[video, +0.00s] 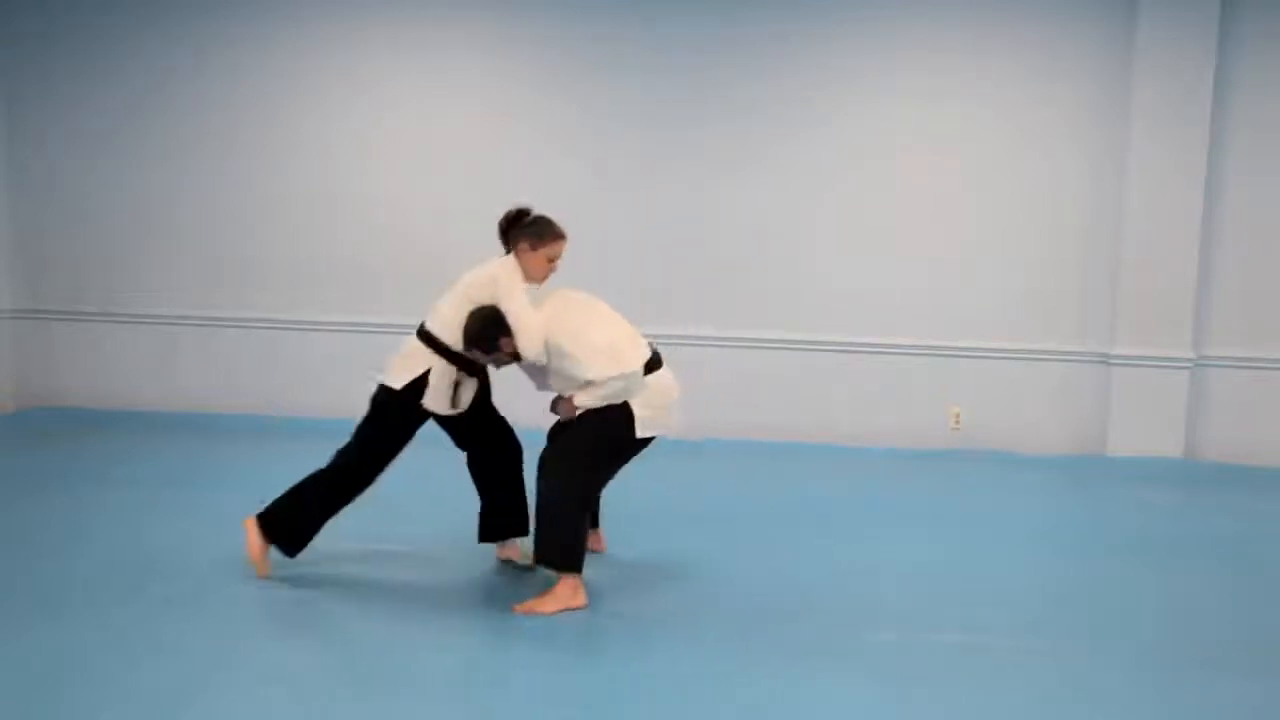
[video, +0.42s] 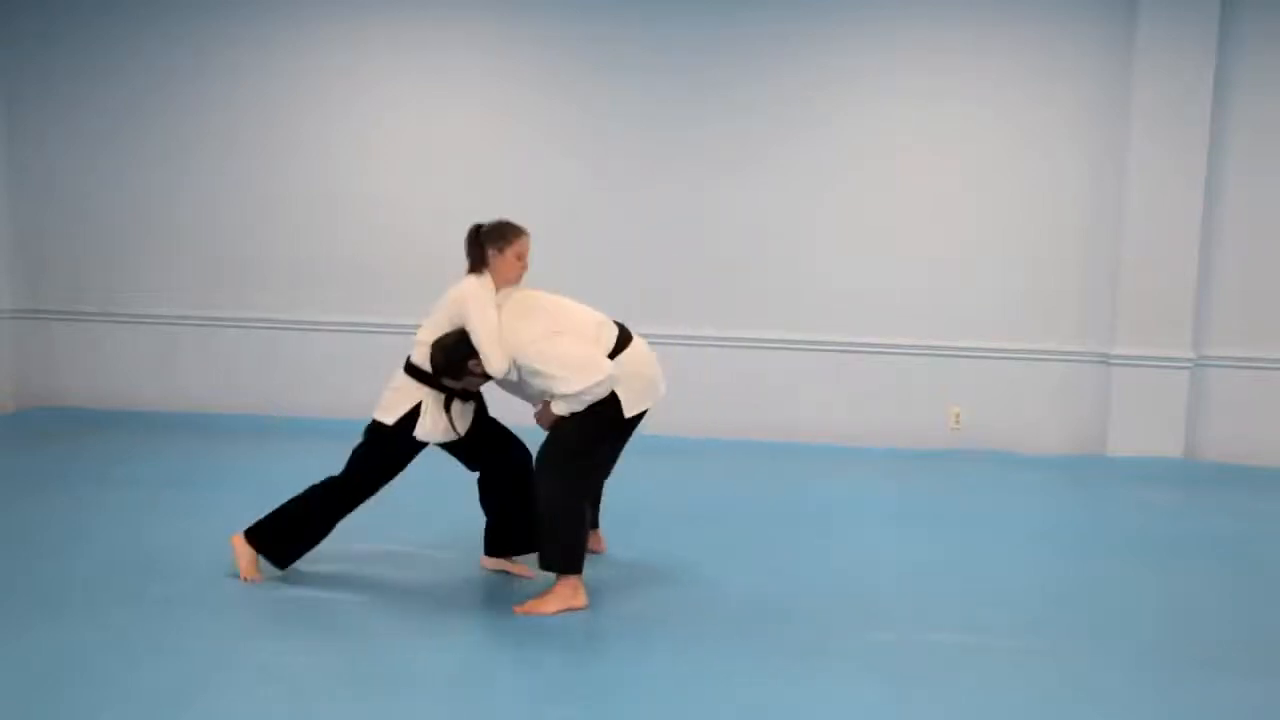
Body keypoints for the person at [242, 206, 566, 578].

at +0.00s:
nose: (555, 268)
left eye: (558, 259)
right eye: (551, 259)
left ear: (528, 252)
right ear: (524, 250)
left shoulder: (515, 279)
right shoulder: (504, 276)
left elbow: (530, 343)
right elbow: (531, 346)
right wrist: (561, 386)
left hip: (462, 383)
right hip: (420, 376)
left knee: (501, 451)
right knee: (359, 465)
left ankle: (507, 540)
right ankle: (266, 527)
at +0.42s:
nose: (525, 266)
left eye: (526, 259)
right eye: (520, 258)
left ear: (501, 258)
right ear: (493, 256)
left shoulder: (496, 295)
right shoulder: (474, 291)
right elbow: (497, 364)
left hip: (454, 404)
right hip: (416, 400)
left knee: (510, 458)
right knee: (355, 485)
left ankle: (501, 552)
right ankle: (253, 541)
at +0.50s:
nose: (522, 233)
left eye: (523, 225)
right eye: (515, 225)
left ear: (493, 226)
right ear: (489, 225)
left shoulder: (499, 265)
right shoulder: (477, 263)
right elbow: (499, 338)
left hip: (469, 386)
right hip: (430, 383)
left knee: (510, 457)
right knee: (382, 482)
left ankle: (498, 551)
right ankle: (285, 529)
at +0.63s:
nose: (522, 214)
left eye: (524, 204)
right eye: (516, 204)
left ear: (498, 203)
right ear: (488, 200)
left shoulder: (501, 242)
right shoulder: (473, 236)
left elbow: (516, 316)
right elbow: (511, 311)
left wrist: (549, 364)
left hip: (469, 357)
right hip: (440, 358)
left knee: (491, 445)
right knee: (485, 442)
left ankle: (497, 549)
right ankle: (424, 493)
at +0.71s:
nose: (534, 218)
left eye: (535, 209)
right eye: (528, 209)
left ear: (505, 205)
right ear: (502, 204)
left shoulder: (495, 239)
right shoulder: (489, 239)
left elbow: (512, 308)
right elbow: (513, 310)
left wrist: (545, 358)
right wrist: (550, 355)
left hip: (450, 347)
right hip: (440, 348)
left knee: (477, 442)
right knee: (526, 384)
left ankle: (491, 549)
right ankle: (495, 465)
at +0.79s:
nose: (548, 234)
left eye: (551, 225)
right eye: (545, 224)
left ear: (522, 216)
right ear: (520, 216)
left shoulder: (505, 245)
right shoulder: (502, 249)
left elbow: (516, 317)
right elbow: (516, 323)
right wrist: (546, 358)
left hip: (447, 351)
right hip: (438, 354)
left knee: (482, 447)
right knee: (531, 380)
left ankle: (492, 552)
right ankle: (481, 456)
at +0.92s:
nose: (566, 263)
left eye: (569, 254)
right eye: (564, 253)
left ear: (542, 242)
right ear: (542, 242)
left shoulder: (513, 264)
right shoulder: (516, 270)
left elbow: (519, 336)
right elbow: (521, 343)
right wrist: (552, 382)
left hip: (427, 368)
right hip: (427, 371)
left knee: (478, 450)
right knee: (479, 450)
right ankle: (493, 553)